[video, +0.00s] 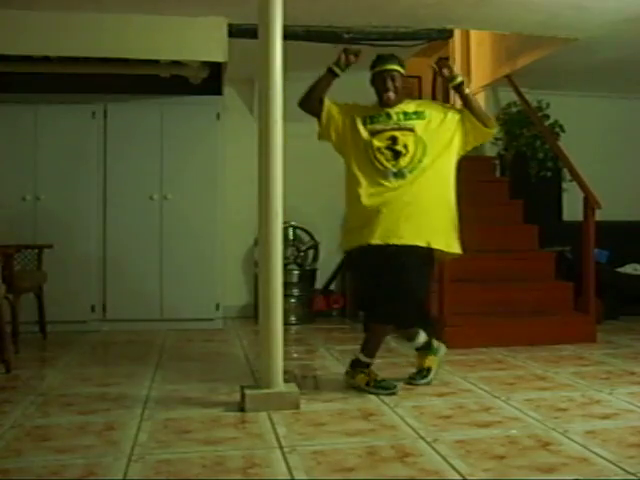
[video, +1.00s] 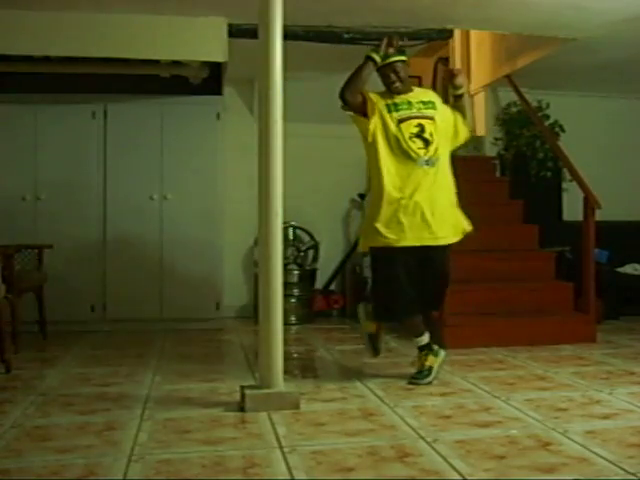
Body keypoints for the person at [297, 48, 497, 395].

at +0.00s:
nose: (387, 84)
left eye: (393, 77)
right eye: (380, 79)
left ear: (406, 81)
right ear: (372, 84)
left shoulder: (437, 116)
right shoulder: (355, 119)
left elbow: (486, 126)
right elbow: (309, 103)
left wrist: (458, 85)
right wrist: (337, 68)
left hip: (416, 223)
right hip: (367, 224)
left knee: (392, 300)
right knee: (376, 301)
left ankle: (361, 366)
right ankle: (427, 347)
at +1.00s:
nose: (392, 79)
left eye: (398, 72)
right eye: (385, 75)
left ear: (410, 72)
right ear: (379, 78)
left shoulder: (435, 103)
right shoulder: (376, 106)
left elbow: (463, 132)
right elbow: (349, 97)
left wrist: (457, 95)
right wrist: (372, 59)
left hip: (435, 212)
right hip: (390, 215)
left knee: (432, 293)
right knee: (399, 296)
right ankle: (428, 348)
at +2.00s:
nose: (355, 81)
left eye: (361, 75)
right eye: (348, 75)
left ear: (370, 78)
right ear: (339, 77)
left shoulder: (397, 107)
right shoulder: (329, 117)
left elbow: (441, 125)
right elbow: (318, 169)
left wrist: (419, 91)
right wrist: (307, 205)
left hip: (381, 209)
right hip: (340, 208)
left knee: (361, 281)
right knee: (344, 280)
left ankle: (337, 347)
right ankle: (358, 349)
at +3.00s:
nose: (353, 53)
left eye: (359, 50)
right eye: (346, 48)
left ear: (367, 62)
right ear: (335, 59)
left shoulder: (378, 105)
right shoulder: (314, 95)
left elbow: (395, 164)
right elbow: (301, 144)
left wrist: (373, 130)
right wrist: (338, 119)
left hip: (365, 210)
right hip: (320, 210)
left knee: (356, 294)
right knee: (334, 296)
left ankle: (343, 387)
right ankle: (361, 363)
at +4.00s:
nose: (275, 15)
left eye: (284, 8)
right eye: (268, 8)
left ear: (299, 19)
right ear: (258, 18)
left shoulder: (321, 66)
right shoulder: (228, 65)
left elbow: (376, 78)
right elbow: (178, 78)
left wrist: (351, 19)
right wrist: (196, 20)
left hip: (285, 194)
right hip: (225, 193)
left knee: (252, 285)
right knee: (233, 301)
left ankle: (259, 385)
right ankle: (269, 397)